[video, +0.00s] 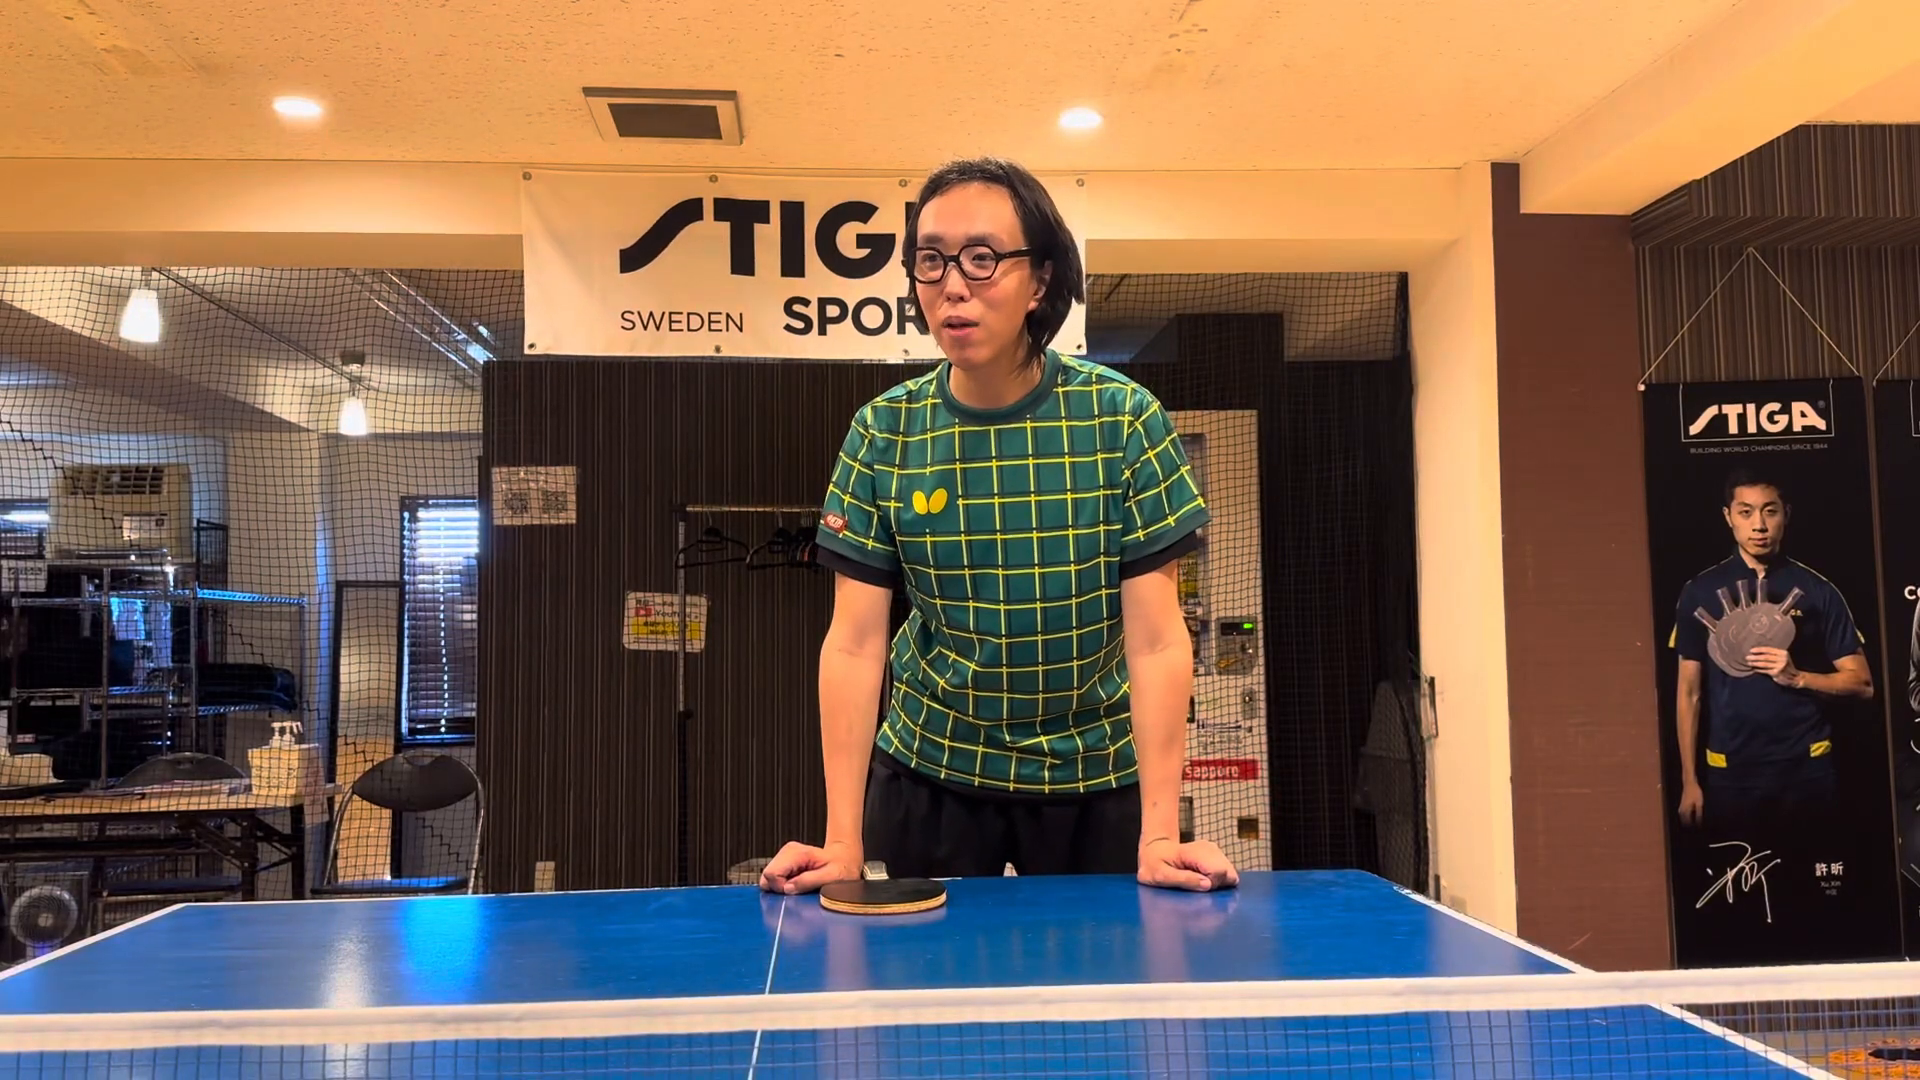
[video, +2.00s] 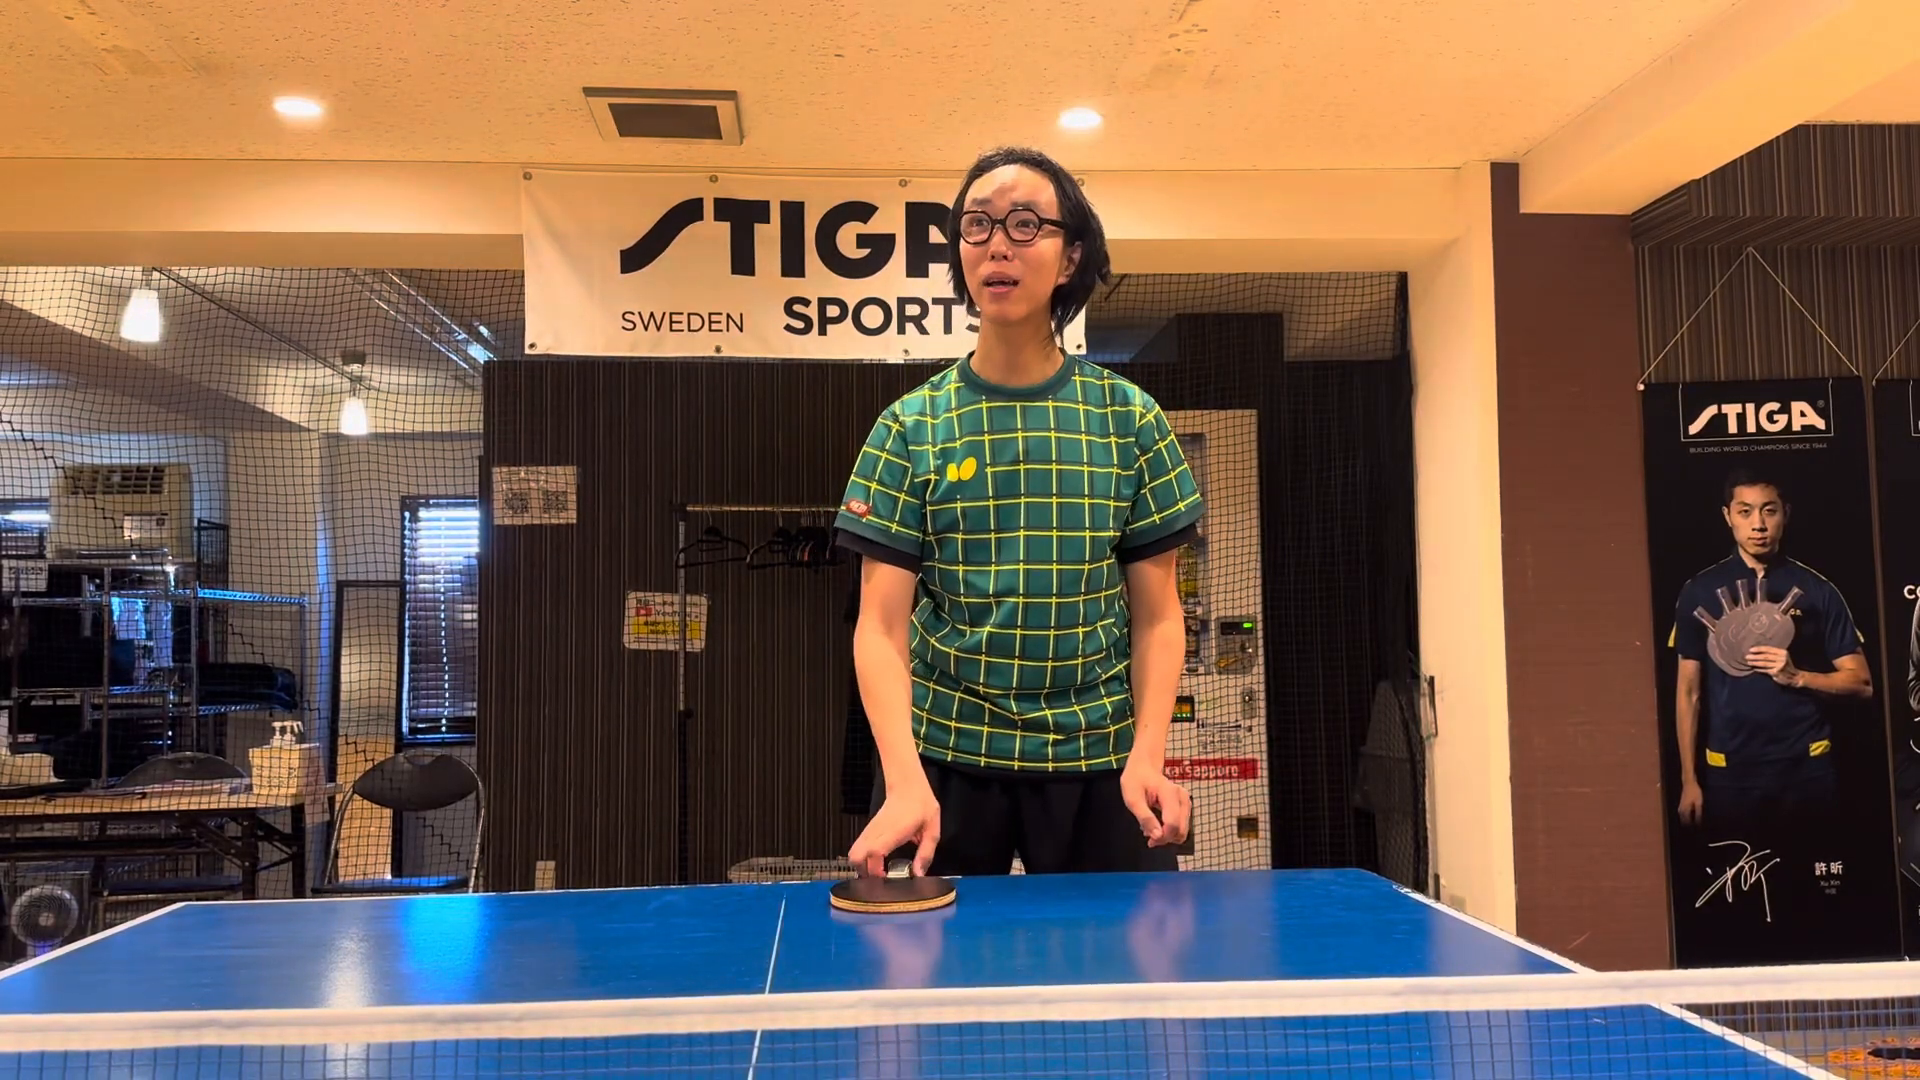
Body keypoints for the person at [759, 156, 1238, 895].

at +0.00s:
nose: (951, 283)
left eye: (982, 257)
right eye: (932, 259)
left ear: (1040, 281)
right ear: (914, 278)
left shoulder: (1122, 419)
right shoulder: (886, 429)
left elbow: (1157, 642)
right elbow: (853, 645)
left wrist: (1162, 836)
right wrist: (841, 843)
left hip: (1093, 800)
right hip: (928, 796)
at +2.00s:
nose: (999, 245)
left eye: (1026, 225)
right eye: (979, 225)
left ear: (1070, 258)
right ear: (958, 253)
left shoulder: (1129, 419)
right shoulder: (913, 426)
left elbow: (1158, 615)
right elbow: (881, 628)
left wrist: (1147, 758)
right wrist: (903, 781)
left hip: (1100, 779)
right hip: (947, 779)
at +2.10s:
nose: (999, 245)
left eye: (1026, 225)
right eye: (980, 225)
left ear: (1070, 259)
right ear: (958, 254)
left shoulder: (1129, 418)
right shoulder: (913, 426)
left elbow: (1157, 615)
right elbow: (884, 626)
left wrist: (1147, 757)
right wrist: (903, 784)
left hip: (1099, 781)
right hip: (948, 781)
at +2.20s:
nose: (999, 247)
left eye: (1027, 226)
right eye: (980, 227)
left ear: (1070, 260)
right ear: (959, 255)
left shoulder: (1130, 420)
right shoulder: (914, 426)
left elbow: (1156, 616)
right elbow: (884, 627)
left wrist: (1141, 756)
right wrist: (903, 781)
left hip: (1099, 780)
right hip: (948, 780)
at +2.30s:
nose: (1001, 248)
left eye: (1029, 228)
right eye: (982, 228)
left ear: (1071, 260)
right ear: (960, 254)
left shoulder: (1129, 420)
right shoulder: (913, 426)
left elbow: (1154, 614)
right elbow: (882, 627)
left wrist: (1135, 751)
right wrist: (906, 763)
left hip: (1095, 776)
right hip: (948, 776)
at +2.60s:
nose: (1006, 258)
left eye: (1033, 236)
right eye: (986, 236)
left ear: (1074, 262)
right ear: (964, 257)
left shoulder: (1131, 421)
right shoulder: (914, 425)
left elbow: (1156, 611)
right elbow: (872, 613)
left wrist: (1126, 716)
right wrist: (910, 700)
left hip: (1097, 772)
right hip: (939, 771)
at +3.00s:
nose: (1000, 293)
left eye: (1026, 270)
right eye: (979, 267)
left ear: (1058, 284)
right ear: (949, 278)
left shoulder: (1112, 425)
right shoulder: (895, 435)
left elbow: (1152, 612)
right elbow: (852, 626)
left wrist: (1095, 664)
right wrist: (929, 693)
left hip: (1084, 779)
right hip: (921, 779)